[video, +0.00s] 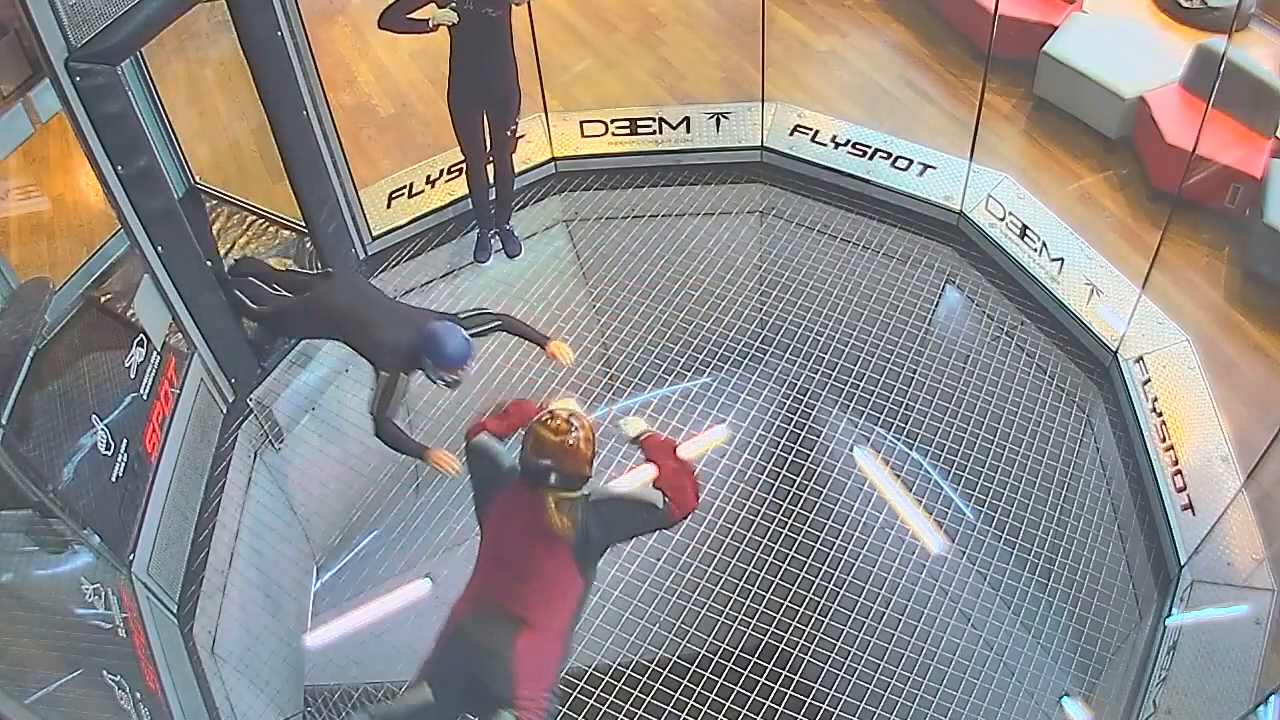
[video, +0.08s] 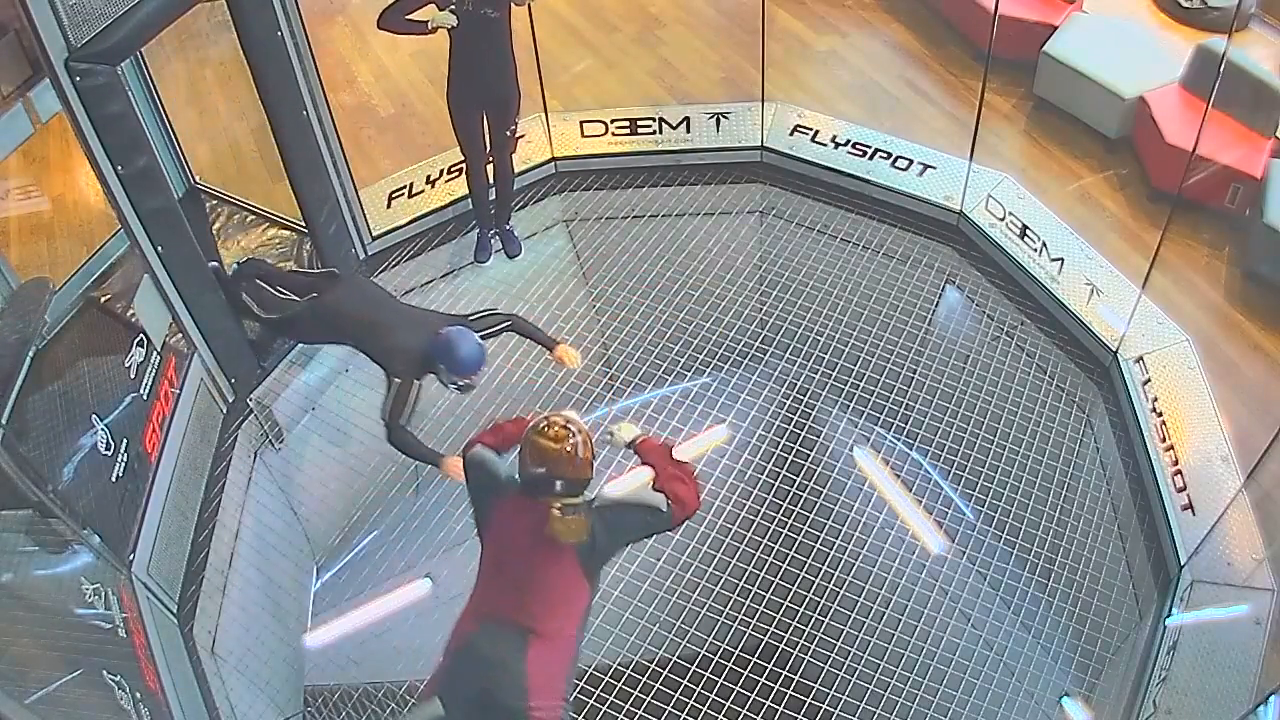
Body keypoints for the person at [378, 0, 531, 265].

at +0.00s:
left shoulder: (508, 2)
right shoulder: (441, 1)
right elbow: (387, 19)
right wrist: (429, 24)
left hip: (503, 82)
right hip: (464, 86)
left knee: (503, 155)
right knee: (475, 159)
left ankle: (504, 225)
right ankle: (484, 229)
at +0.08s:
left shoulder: (507, 1)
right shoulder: (439, 2)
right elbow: (387, 20)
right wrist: (428, 25)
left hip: (502, 81)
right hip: (463, 85)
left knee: (503, 155)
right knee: (475, 160)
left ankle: (504, 225)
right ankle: (484, 229)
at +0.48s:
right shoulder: (438, 1)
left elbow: (534, 2)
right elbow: (384, 19)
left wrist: (525, 4)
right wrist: (427, 26)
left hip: (501, 83)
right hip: (461, 87)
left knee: (502, 156)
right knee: (473, 161)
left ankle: (503, 225)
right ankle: (483, 229)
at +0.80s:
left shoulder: (503, 0)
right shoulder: (439, 1)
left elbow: (531, 2)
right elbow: (385, 22)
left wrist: (525, 3)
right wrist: (427, 26)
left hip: (501, 83)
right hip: (462, 87)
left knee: (502, 156)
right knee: (474, 161)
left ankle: (503, 225)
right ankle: (484, 230)